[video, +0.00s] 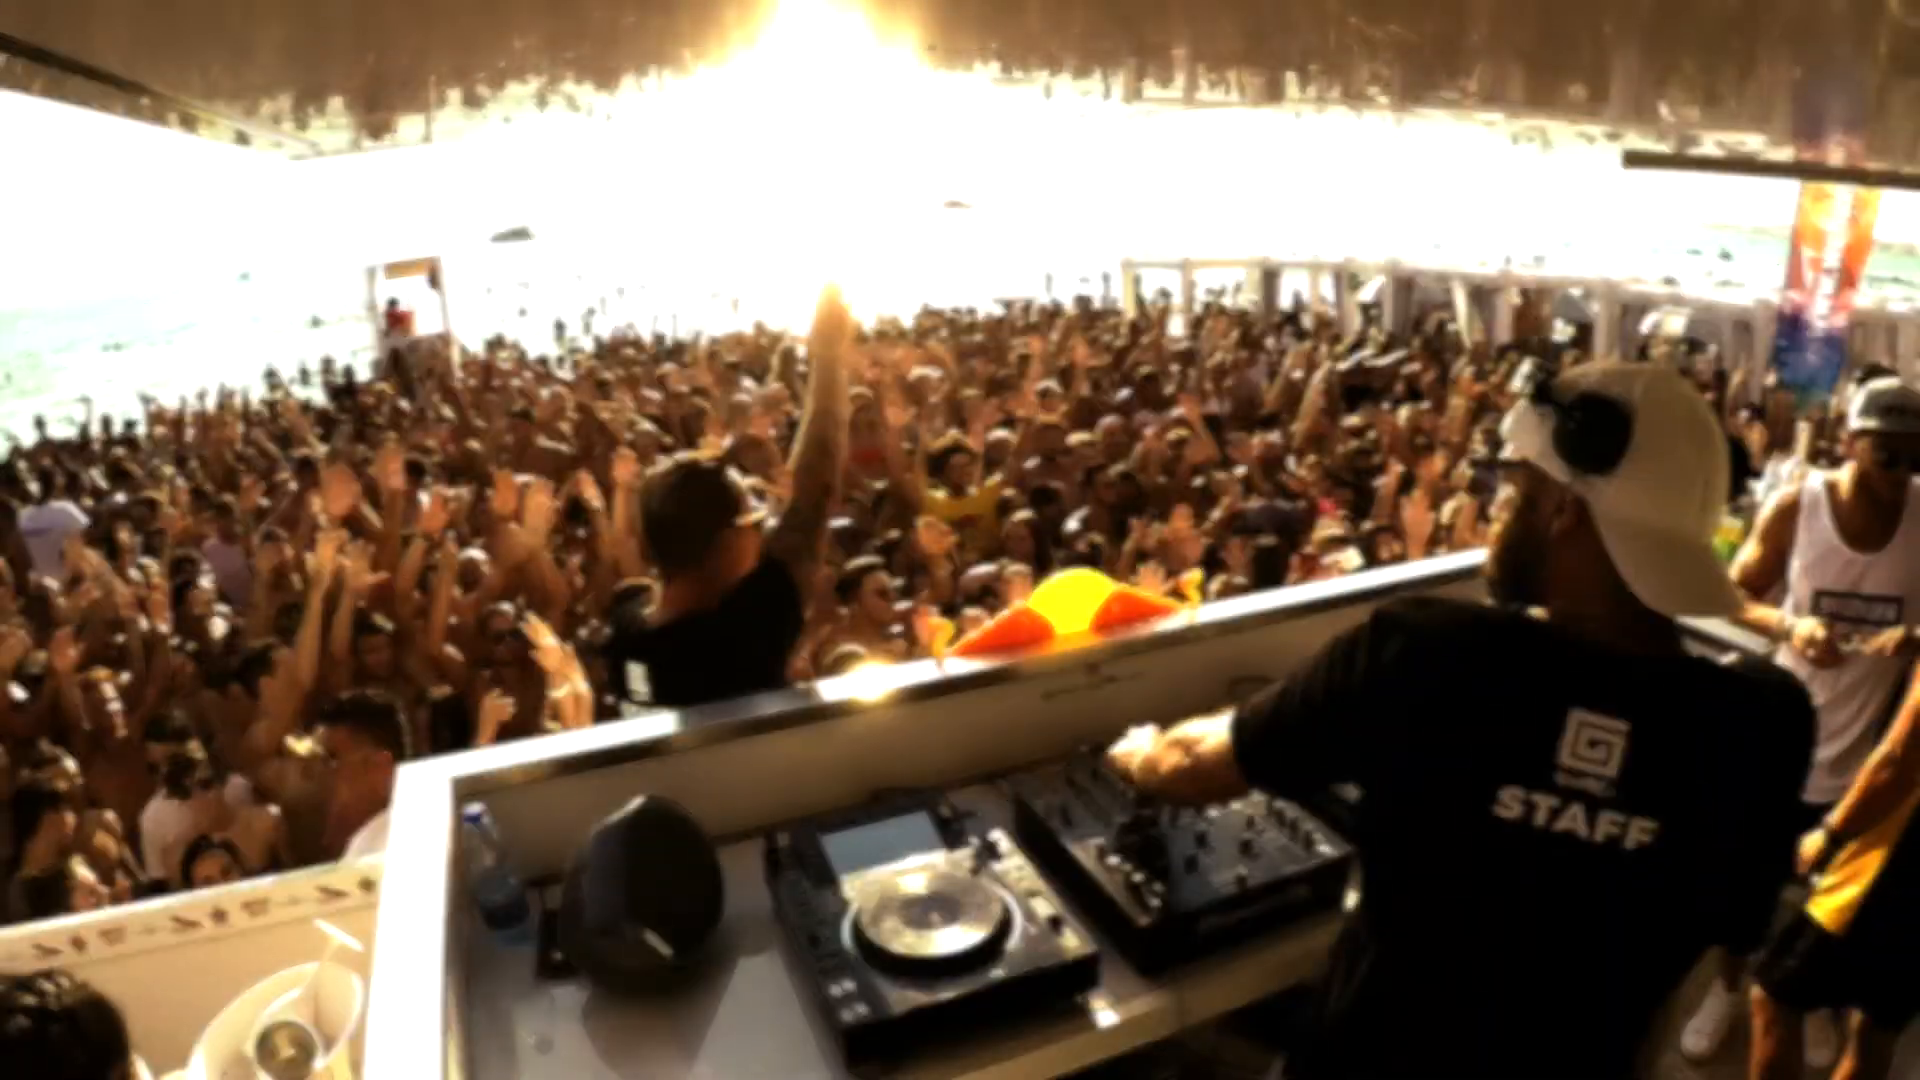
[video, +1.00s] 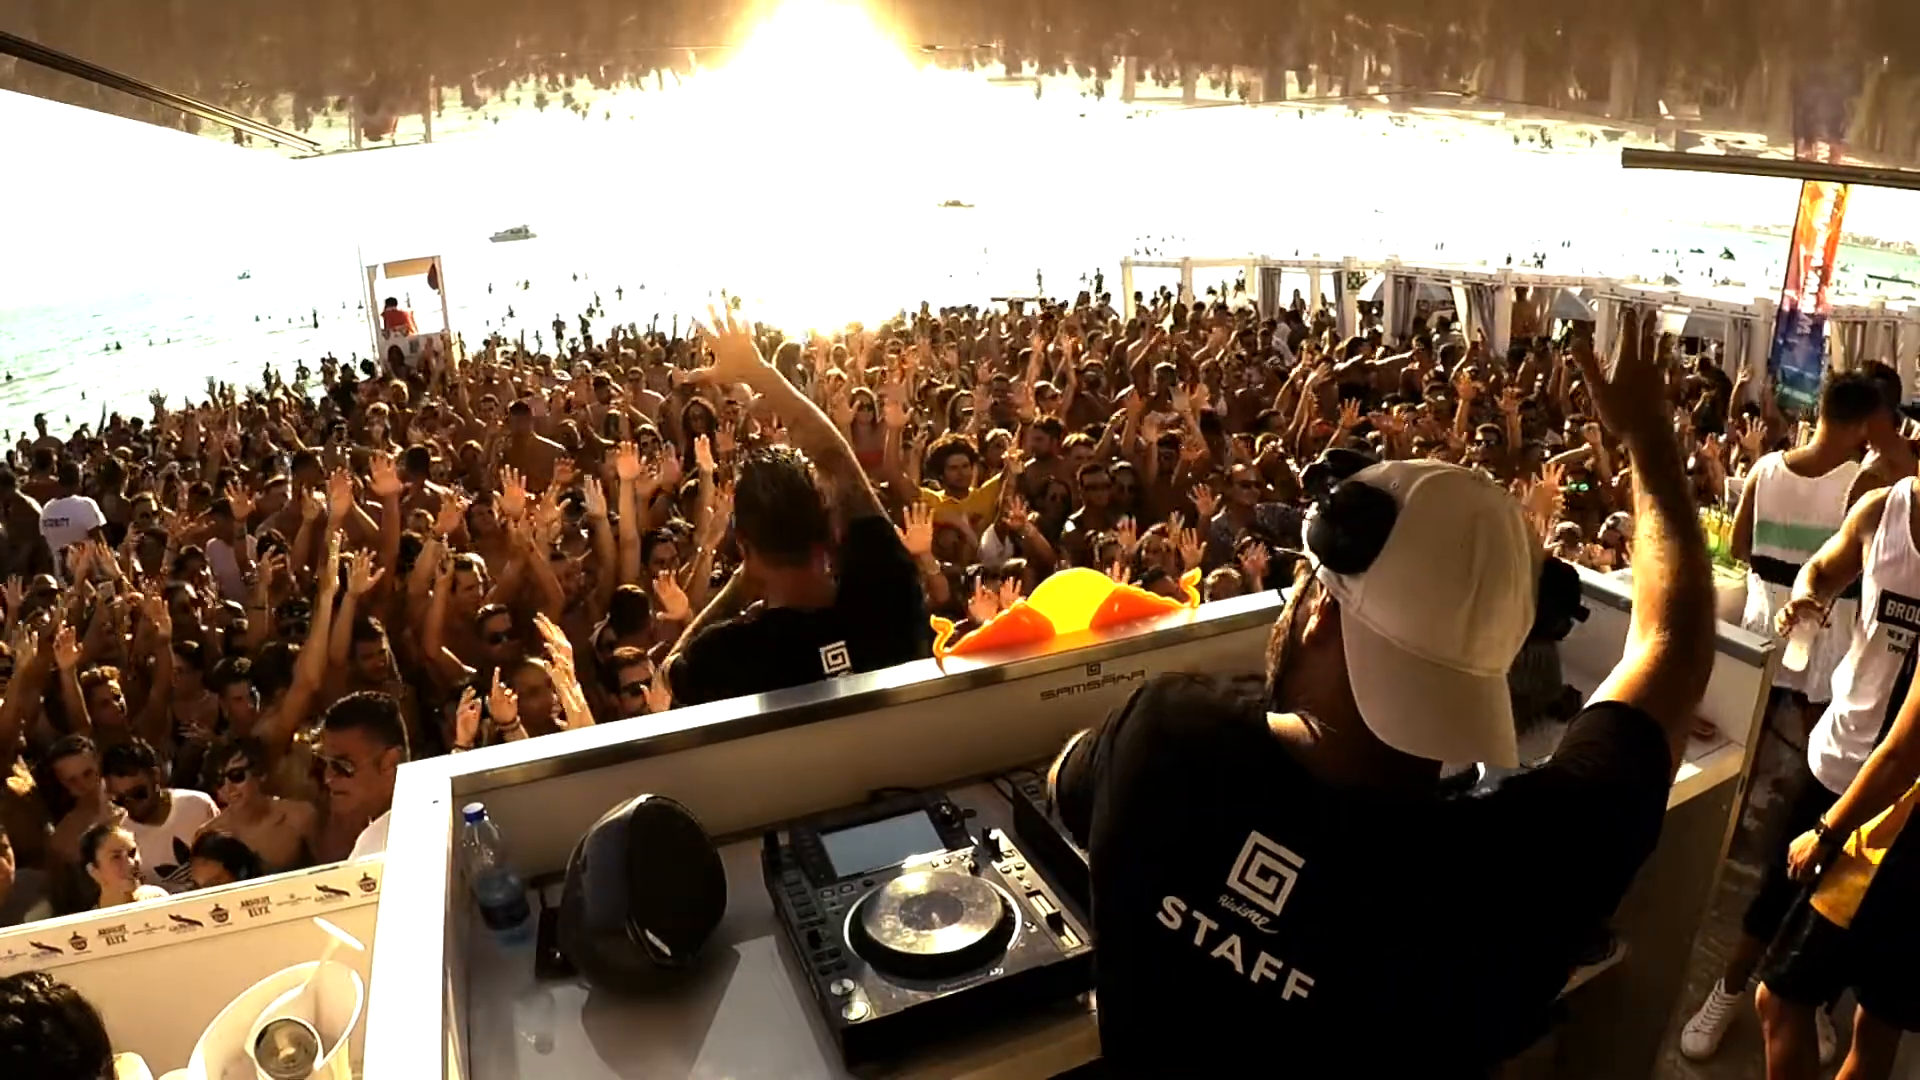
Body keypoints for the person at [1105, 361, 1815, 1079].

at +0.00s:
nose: (1493, 516)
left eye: (1512, 489)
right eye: (1504, 488)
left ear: (1566, 514)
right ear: (1676, 532)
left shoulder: (1422, 652)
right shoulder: (1766, 718)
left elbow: (1199, 767)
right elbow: (1735, 944)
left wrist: (1145, 756)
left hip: (1372, 1072)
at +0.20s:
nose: (1493, 553)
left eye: (1512, 528)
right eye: (1506, 525)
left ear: (1571, 553)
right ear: (1684, 595)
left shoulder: (1406, 686)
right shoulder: (1740, 789)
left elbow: (1182, 775)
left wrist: (1139, 751)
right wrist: (1756, 565)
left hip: (1355, 1073)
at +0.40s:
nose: (1471, 581)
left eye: (1487, 561)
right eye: (1482, 559)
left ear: (1526, 599)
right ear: (1654, 634)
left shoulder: (1357, 716)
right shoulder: (1685, 840)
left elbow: (1145, 783)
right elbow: (1759, 668)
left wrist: (1138, 747)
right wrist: (1748, 556)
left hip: (1308, 1078)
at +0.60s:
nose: (1402, 587)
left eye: (1419, 572)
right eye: (1416, 568)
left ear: (1457, 609)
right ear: (1588, 650)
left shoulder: (1283, 727)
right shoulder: (1628, 855)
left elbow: (1111, 782)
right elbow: (1724, 626)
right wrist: (1694, 477)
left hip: (1233, 1072)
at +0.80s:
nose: (1331, 594)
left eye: (1346, 576)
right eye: (1345, 572)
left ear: (1370, 623)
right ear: (1506, 661)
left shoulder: (1213, 738)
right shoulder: (1549, 872)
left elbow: (1088, 776)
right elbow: (1685, 648)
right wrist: (1657, 465)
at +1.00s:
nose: (1299, 594)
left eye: (1309, 581)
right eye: (1310, 578)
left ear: (1323, 620)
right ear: (1493, 661)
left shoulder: (1163, 738)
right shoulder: (1511, 876)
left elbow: (1068, 791)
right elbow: (1672, 646)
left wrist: (1275, 692)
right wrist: (1651, 439)